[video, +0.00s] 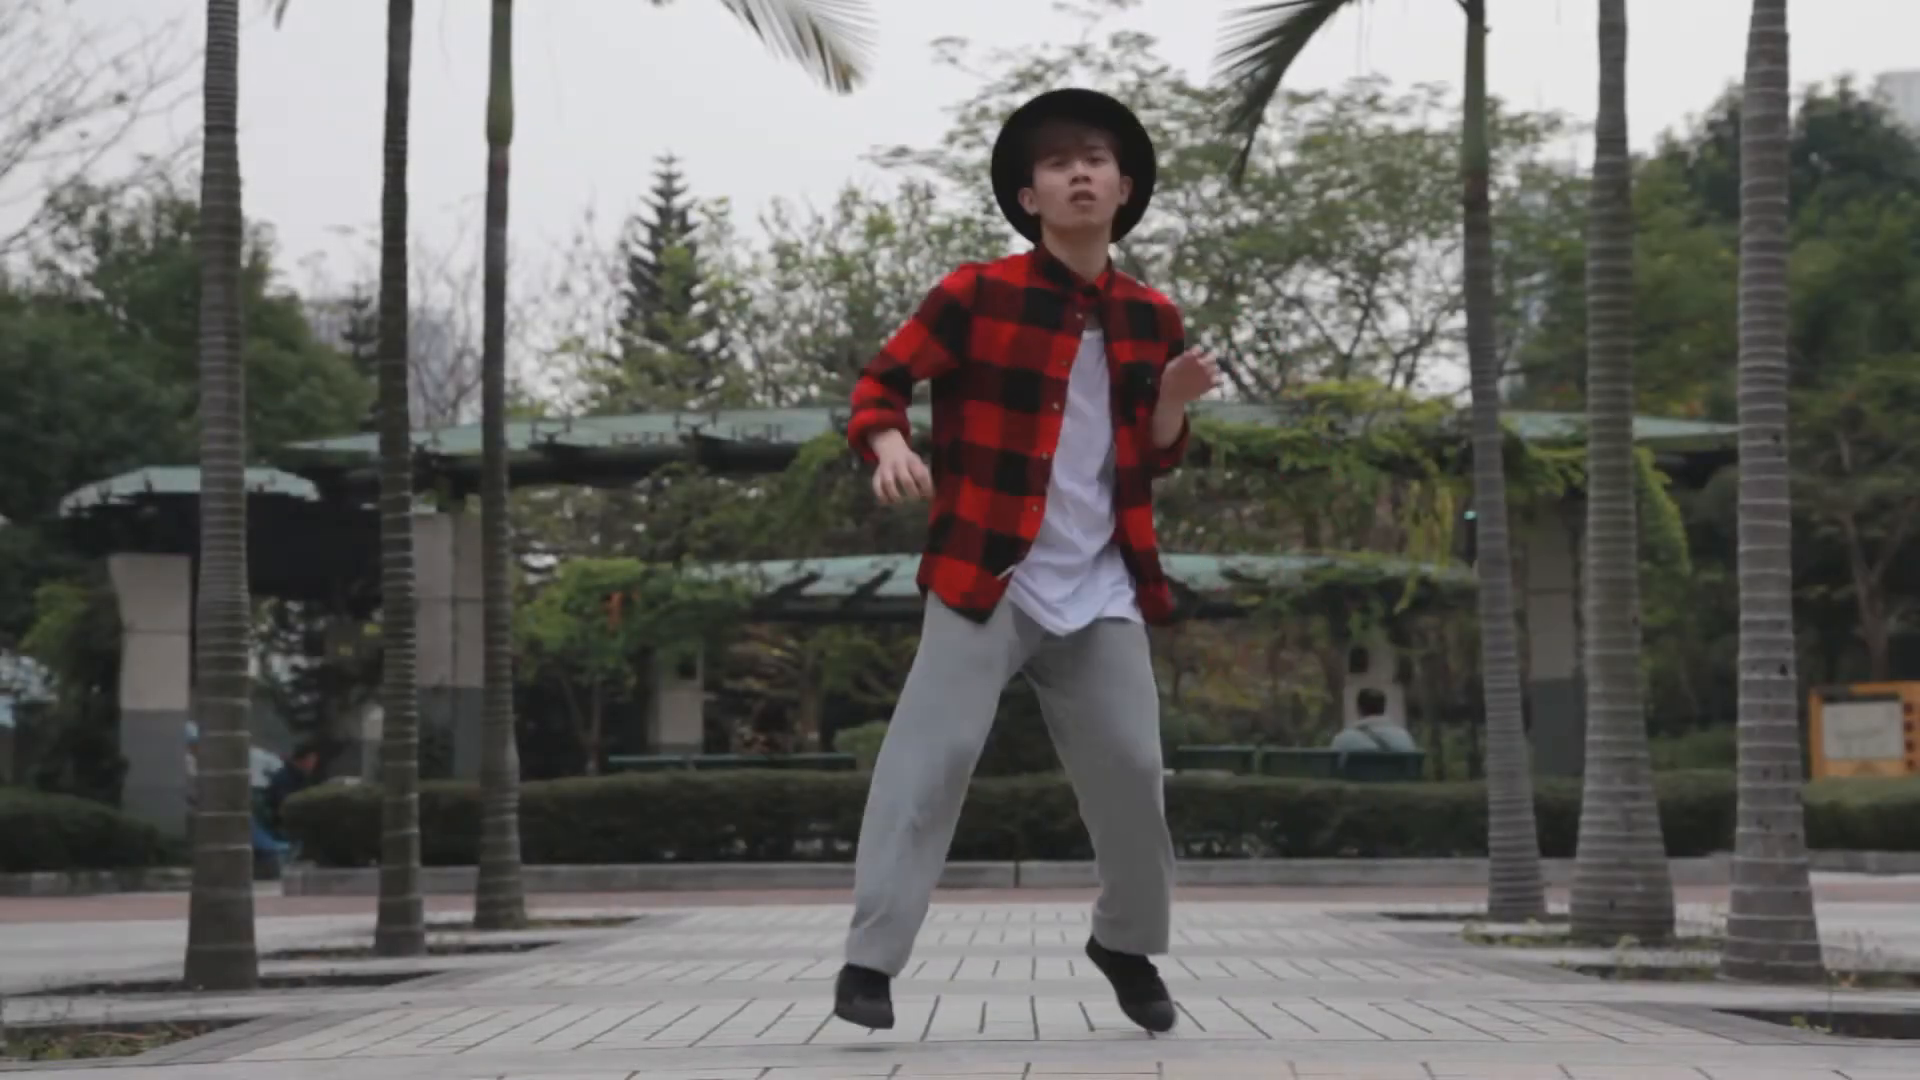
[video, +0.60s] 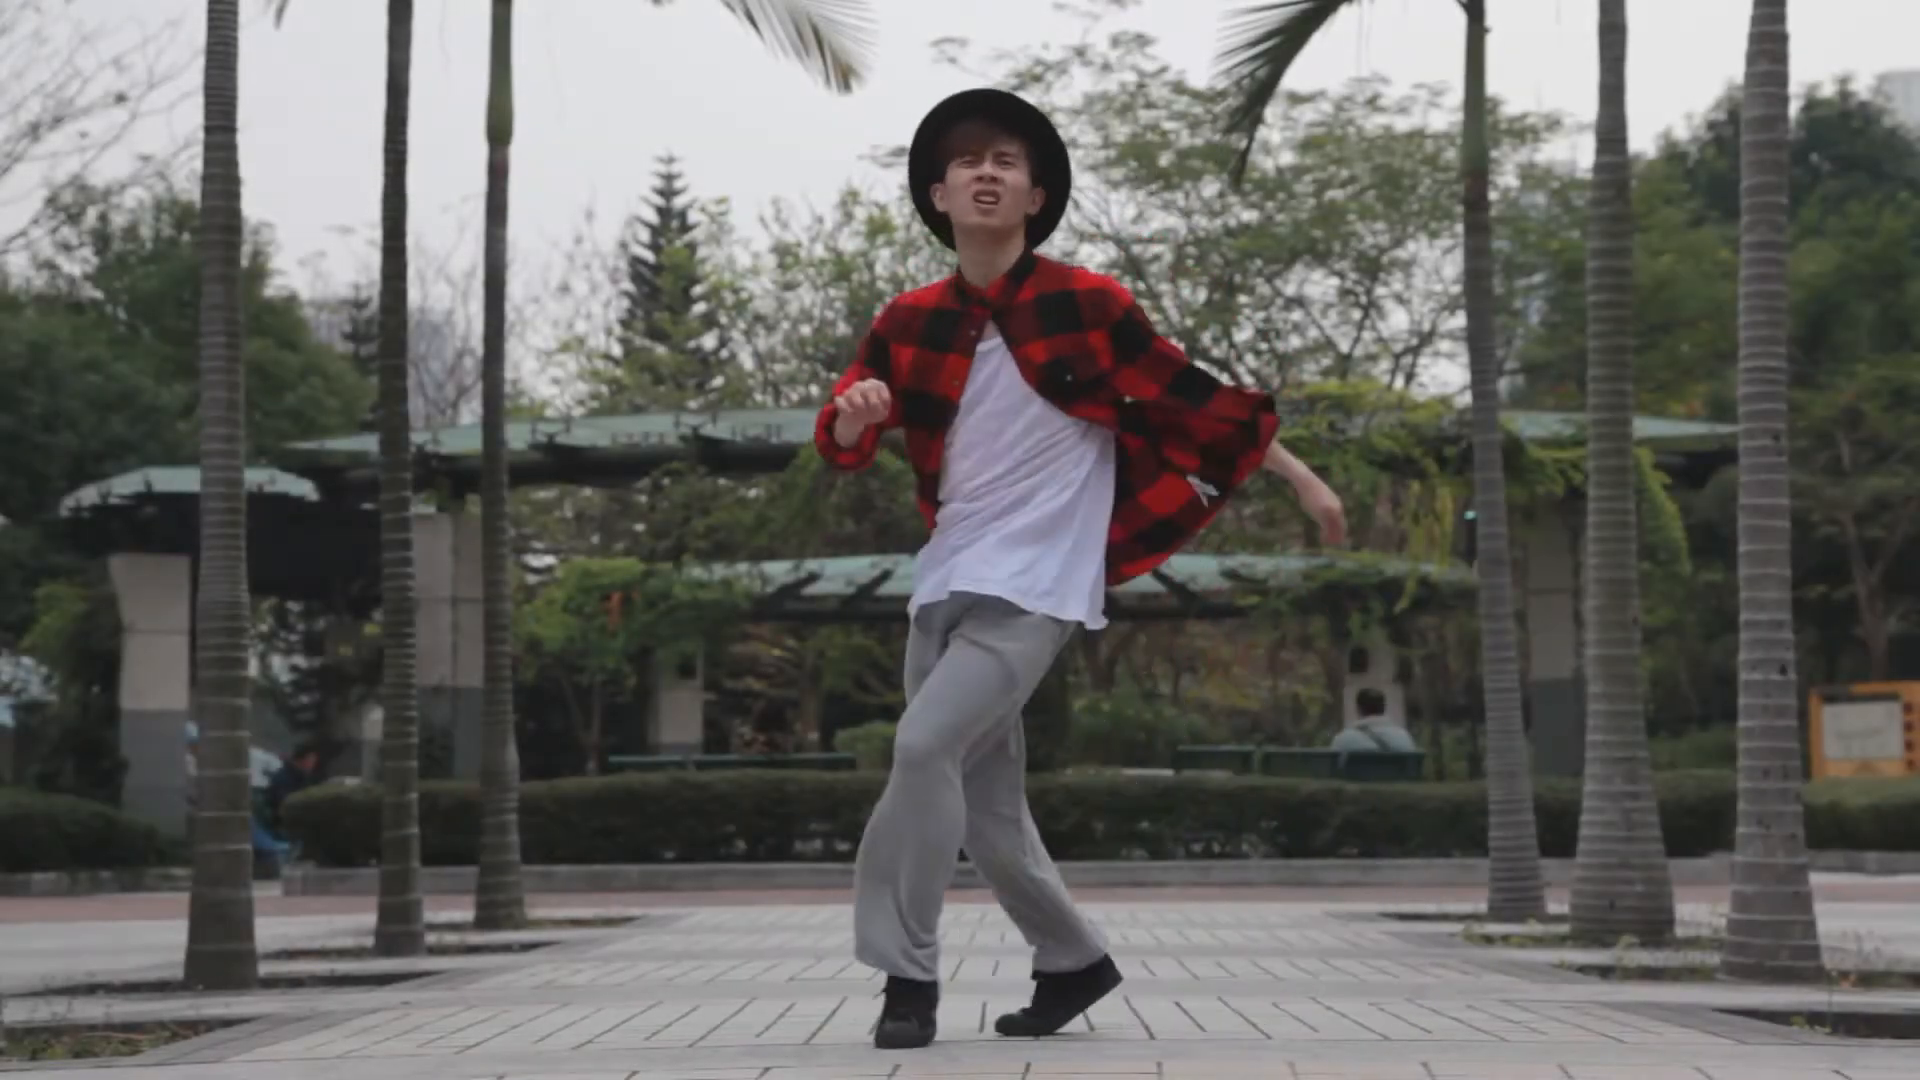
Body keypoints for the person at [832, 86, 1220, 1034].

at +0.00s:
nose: (1078, 172)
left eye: (1095, 157)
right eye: (1055, 161)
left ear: (1127, 186)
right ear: (1025, 196)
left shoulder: (1150, 316)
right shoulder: (976, 294)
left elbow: (1155, 461)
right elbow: (878, 387)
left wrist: (1171, 407)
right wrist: (886, 441)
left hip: (1101, 582)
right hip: (984, 577)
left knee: (1133, 764)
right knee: (928, 758)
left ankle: (1126, 942)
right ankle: (870, 960)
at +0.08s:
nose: (1044, 139)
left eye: (1064, 122)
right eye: (1021, 126)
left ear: (1101, 149)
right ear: (998, 159)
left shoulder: (1151, 265)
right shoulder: (947, 261)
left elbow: (1234, 381)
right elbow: (862, 342)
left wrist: (1173, 337)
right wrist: (854, 374)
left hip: (1099, 540)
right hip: (980, 534)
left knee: (1106, 706)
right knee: (967, 689)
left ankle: (1072, 871)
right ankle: (963, 864)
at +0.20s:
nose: (1001, 134)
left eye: (1023, 119)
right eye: (982, 123)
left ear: (1064, 148)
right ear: (963, 158)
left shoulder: (1116, 258)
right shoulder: (947, 277)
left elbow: (1181, 357)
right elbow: (911, 398)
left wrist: (1092, 354)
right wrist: (866, 429)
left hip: (1101, 541)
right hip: (987, 536)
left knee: (1084, 727)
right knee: (918, 709)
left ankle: (1147, 930)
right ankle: (1003, 853)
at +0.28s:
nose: (982, 176)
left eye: (1006, 158)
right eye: (965, 162)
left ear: (1049, 184)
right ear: (950, 188)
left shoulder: (1074, 292)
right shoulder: (973, 316)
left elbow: (1105, 412)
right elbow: (970, 449)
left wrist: (1030, 460)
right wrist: (886, 480)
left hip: (1093, 584)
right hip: (996, 583)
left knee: (1108, 786)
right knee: (924, 768)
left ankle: (1234, 979)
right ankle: (976, 961)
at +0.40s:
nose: (969, 190)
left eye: (995, 178)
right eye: (958, 175)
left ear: (1034, 212)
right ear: (938, 200)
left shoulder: (1048, 319)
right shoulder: (974, 324)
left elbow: (1076, 462)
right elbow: (971, 467)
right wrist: (867, 452)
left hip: (1061, 586)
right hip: (989, 588)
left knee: (1054, 768)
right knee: (952, 770)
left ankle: (1188, 957)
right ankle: (998, 963)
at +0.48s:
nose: (969, 170)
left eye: (993, 158)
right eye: (954, 156)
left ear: (1031, 196)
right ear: (931, 187)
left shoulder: (1062, 308)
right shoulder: (943, 316)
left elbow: (1118, 438)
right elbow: (919, 435)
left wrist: (1179, 553)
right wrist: (844, 419)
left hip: (1058, 567)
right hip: (977, 564)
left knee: (984, 750)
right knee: (929, 754)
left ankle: (1050, 943)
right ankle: (1017, 950)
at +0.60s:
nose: (986, 173)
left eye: (1006, 160)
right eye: (966, 159)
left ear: (1038, 193)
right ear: (934, 192)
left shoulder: (1087, 305)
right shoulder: (909, 321)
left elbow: (1193, 401)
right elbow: (841, 449)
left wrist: (1302, 477)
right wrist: (850, 419)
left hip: (1039, 586)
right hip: (944, 582)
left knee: (922, 744)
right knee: (984, 809)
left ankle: (908, 973)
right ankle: (1071, 959)